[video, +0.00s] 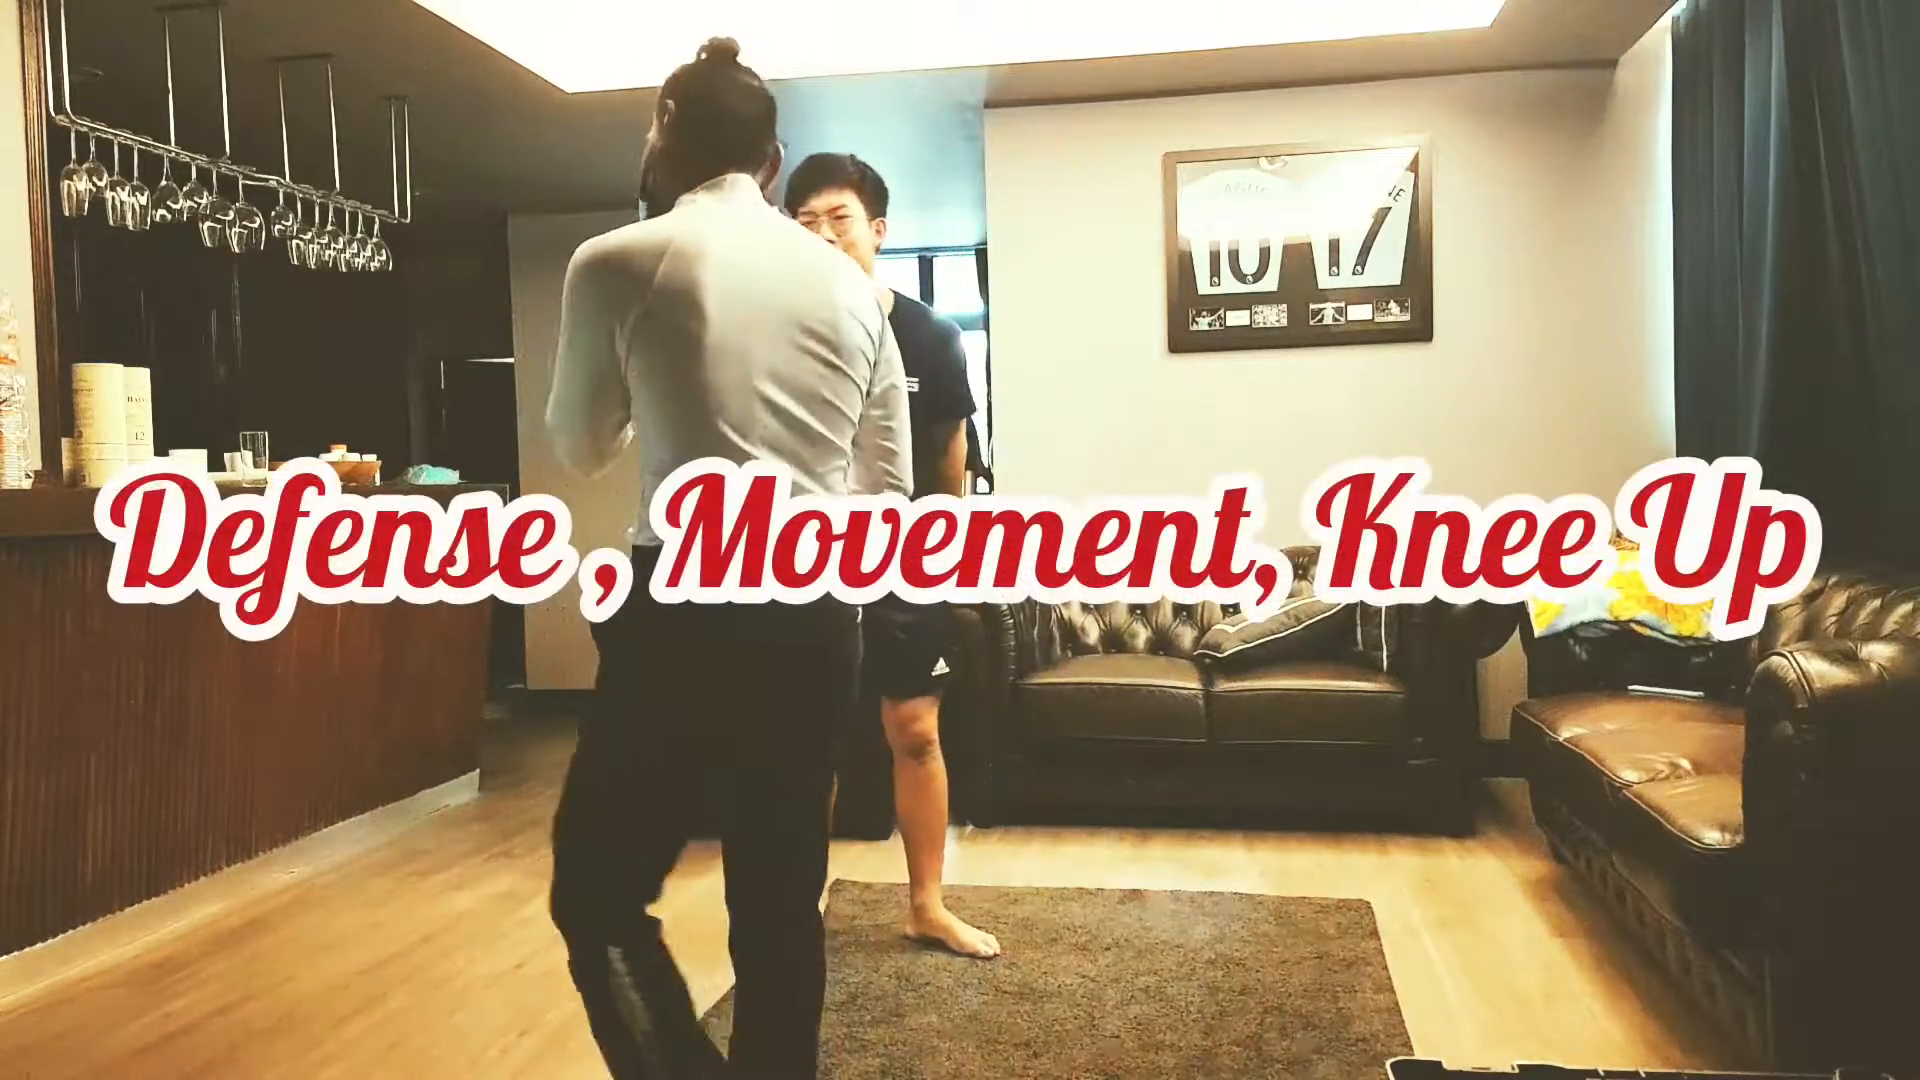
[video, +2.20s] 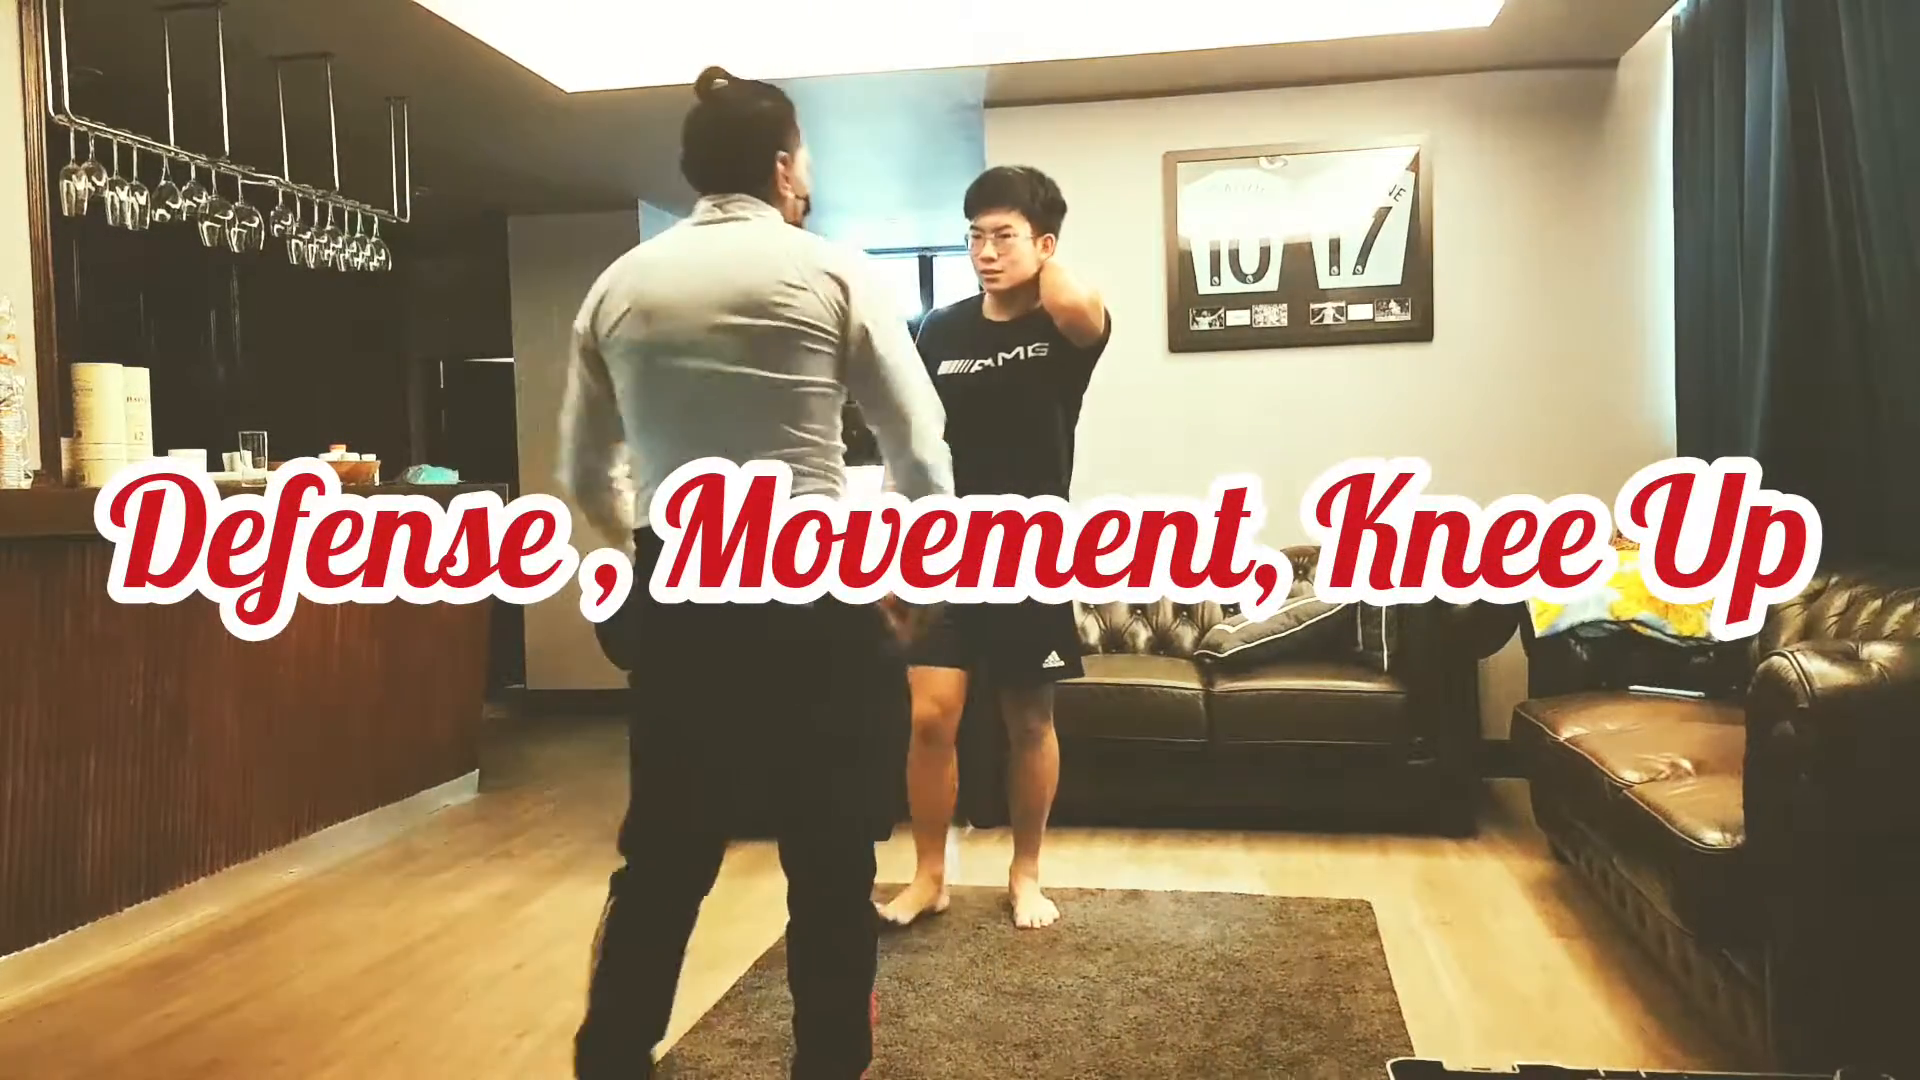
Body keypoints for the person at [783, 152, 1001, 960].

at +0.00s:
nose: (826, 234)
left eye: (841, 218)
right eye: (810, 223)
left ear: (878, 230)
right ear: (795, 238)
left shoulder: (924, 335)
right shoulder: (782, 333)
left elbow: (953, 466)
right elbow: (771, 457)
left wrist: (939, 561)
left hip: (902, 557)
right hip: (808, 559)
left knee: (915, 731)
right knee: (808, 729)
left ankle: (927, 900)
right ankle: (805, 886)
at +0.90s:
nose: (834, 230)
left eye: (846, 209)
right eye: (816, 218)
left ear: (883, 211)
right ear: (800, 233)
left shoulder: (938, 319)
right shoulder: (796, 326)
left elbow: (968, 429)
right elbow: (772, 439)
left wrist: (945, 522)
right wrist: (797, 530)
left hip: (913, 560)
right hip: (821, 566)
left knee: (920, 743)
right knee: (832, 743)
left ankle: (927, 905)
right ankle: (831, 912)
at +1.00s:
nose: (826, 235)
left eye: (838, 215)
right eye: (811, 223)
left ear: (876, 213)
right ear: (797, 232)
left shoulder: (931, 317)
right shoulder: (791, 322)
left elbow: (972, 438)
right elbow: (763, 426)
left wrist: (965, 432)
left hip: (917, 556)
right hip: (819, 559)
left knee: (924, 742)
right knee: (827, 746)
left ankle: (929, 907)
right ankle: (827, 933)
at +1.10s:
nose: (824, 233)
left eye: (838, 217)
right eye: (812, 221)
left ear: (878, 217)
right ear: (801, 228)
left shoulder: (924, 302)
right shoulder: (791, 313)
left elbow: (986, 415)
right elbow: (762, 416)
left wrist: (960, 317)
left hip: (919, 538)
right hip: (822, 545)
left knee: (935, 732)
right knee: (833, 742)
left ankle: (935, 901)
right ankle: (826, 930)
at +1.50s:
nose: (888, 264)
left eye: (901, 243)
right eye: (873, 249)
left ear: (939, 235)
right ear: (856, 249)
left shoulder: (976, 313)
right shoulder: (845, 315)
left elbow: (1009, 295)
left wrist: (949, 242)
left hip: (956, 565)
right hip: (855, 565)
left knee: (998, 740)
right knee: (847, 748)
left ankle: (1027, 858)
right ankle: (828, 931)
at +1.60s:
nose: (907, 266)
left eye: (920, 247)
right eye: (894, 252)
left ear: (963, 242)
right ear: (884, 254)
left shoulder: (1004, 321)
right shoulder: (869, 337)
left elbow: (1020, 295)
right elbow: (838, 449)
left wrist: (979, 253)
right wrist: (803, 534)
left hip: (986, 565)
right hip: (886, 565)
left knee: (1006, 735)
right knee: (867, 747)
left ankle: (1026, 864)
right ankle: (830, 926)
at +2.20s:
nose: (986, 250)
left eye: (1003, 235)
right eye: (976, 236)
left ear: (1045, 243)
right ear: (967, 243)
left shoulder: (1073, 331)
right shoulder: (935, 333)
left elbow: (1076, 311)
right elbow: (897, 436)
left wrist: (1046, 265)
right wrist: (892, 562)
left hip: (1033, 557)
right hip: (943, 554)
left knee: (1029, 721)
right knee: (931, 716)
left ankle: (1025, 877)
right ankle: (929, 877)